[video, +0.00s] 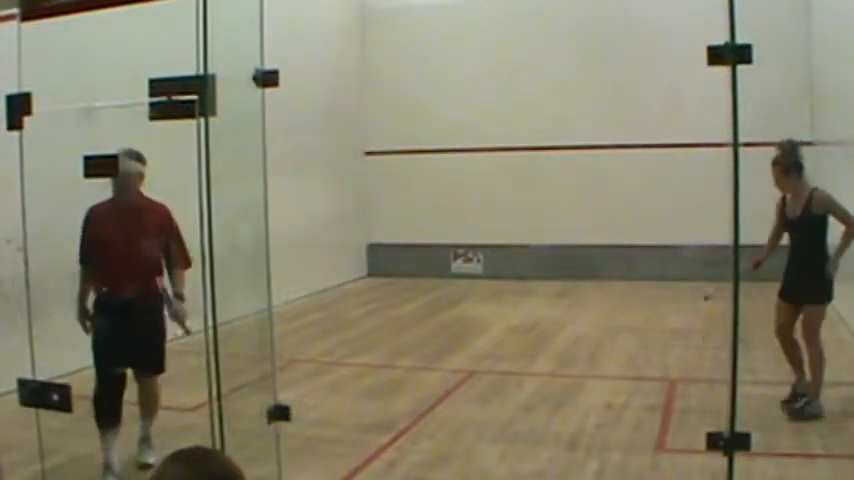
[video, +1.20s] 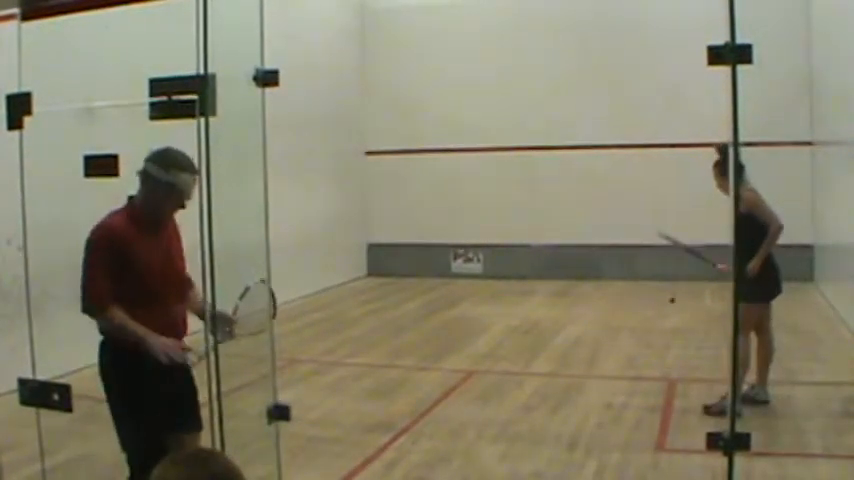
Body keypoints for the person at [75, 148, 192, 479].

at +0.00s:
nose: (125, 183)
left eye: (132, 177)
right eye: (120, 177)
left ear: (143, 178)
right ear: (112, 178)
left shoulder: (159, 214)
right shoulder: (97, 215)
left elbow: (176, 261)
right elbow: (87, 265)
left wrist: (180, 299)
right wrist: (82, 302)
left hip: (147, 306)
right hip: (108, 307)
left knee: (147, 377)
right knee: (109, 382)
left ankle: (146, 441)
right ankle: (109, 459)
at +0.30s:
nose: (119, 183)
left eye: (126, 177)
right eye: (114, 176)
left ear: (137, 178)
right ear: (103, 178)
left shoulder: (152, 216)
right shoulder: (86, 221)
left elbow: (168, 266)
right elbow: (58, 269)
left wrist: (174, 300)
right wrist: (32, 306)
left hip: (143, 318)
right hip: (102, 320)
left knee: (149, 396)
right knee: (107, 399)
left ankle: (147, 459)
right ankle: (116, 472)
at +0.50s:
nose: (128, 181)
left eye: (136, 175)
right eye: (122, 174)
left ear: (147, 178)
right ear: (110, 174)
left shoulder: (159, 219)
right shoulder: (88, 219)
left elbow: (175, 272)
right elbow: (39, 258)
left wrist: (187, 300)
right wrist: (5, 266)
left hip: (149, 328)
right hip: (105, 330)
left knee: (156, 413)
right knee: (108, 415)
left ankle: (162, 475)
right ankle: (116, 473)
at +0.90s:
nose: (169, 195)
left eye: (174, 188)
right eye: (162, 185)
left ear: (180, 187)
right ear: (143, 179)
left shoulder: (183, 225)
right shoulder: (107, 221)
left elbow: (194, 284)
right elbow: (66, 263)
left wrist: (212, 317)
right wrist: (28, 258)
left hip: (173, 338)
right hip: (126, 342)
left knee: (178, 435)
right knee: (136, 445)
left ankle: (177, 479)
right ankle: (121, 476)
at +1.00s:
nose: (173, 196)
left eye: (179, 189)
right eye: (167, 186)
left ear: (183, 188)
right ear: (146, 177)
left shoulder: (180, 222)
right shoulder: (109, 222)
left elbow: (193, 283)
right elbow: (79, 280)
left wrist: (213, 314)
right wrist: (61, 287)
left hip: (173, 340)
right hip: (128, 346)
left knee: (179, 443)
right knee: (144, 450)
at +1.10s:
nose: (180, 202)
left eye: (184, 195)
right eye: (174, 193)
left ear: (184, 193)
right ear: (150, 184)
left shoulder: (176, 226)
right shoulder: (107, 228)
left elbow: (190, 284)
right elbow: (86, 289)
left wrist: (211, 315)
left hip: (173, 345)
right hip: (129, 348)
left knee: (184, 437)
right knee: (145, 451)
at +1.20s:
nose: (182, 207)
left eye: (184, 200)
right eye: (178, 198)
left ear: (179, 194)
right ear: (153, 187)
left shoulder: (167, 224)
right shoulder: (109, 234)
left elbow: (178, 285)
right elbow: (98, 307)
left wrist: (209, 314)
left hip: (171, 354)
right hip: (127, 359)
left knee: (187, 448)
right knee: (148, 461)